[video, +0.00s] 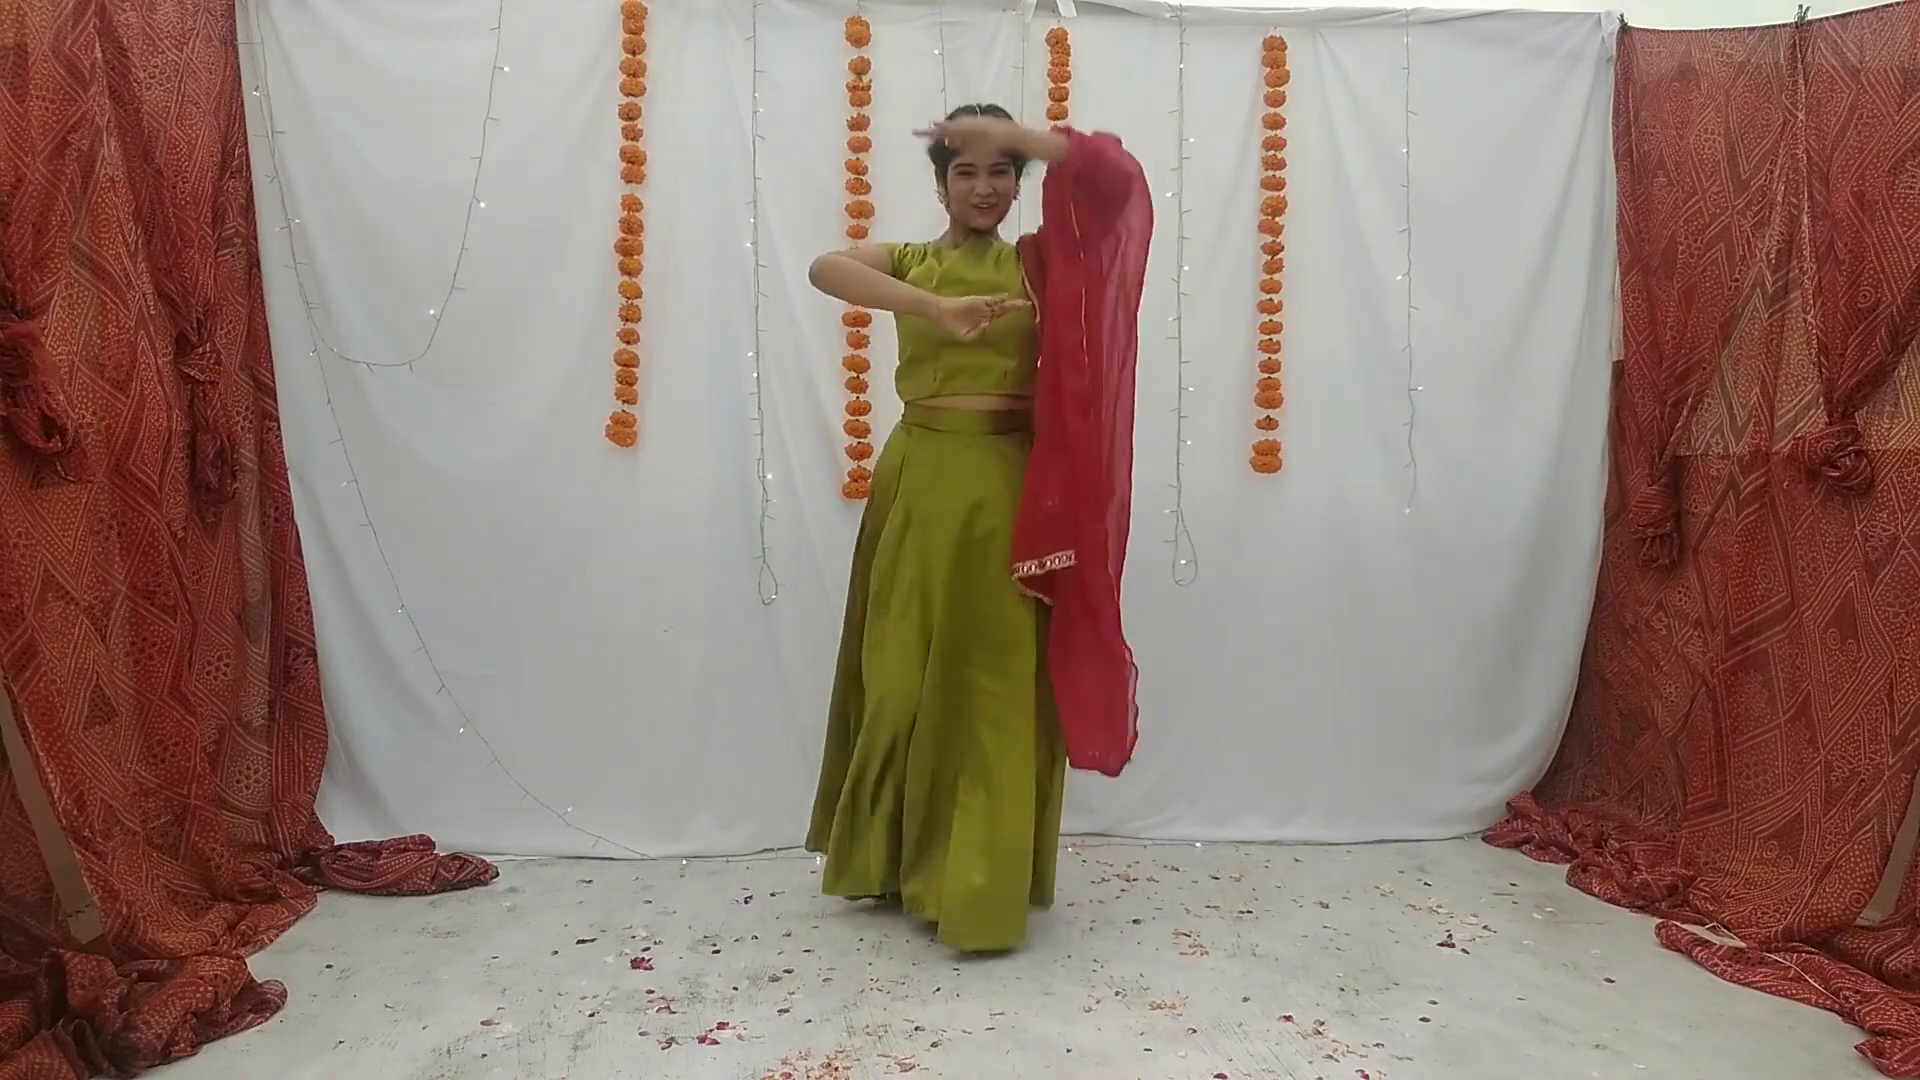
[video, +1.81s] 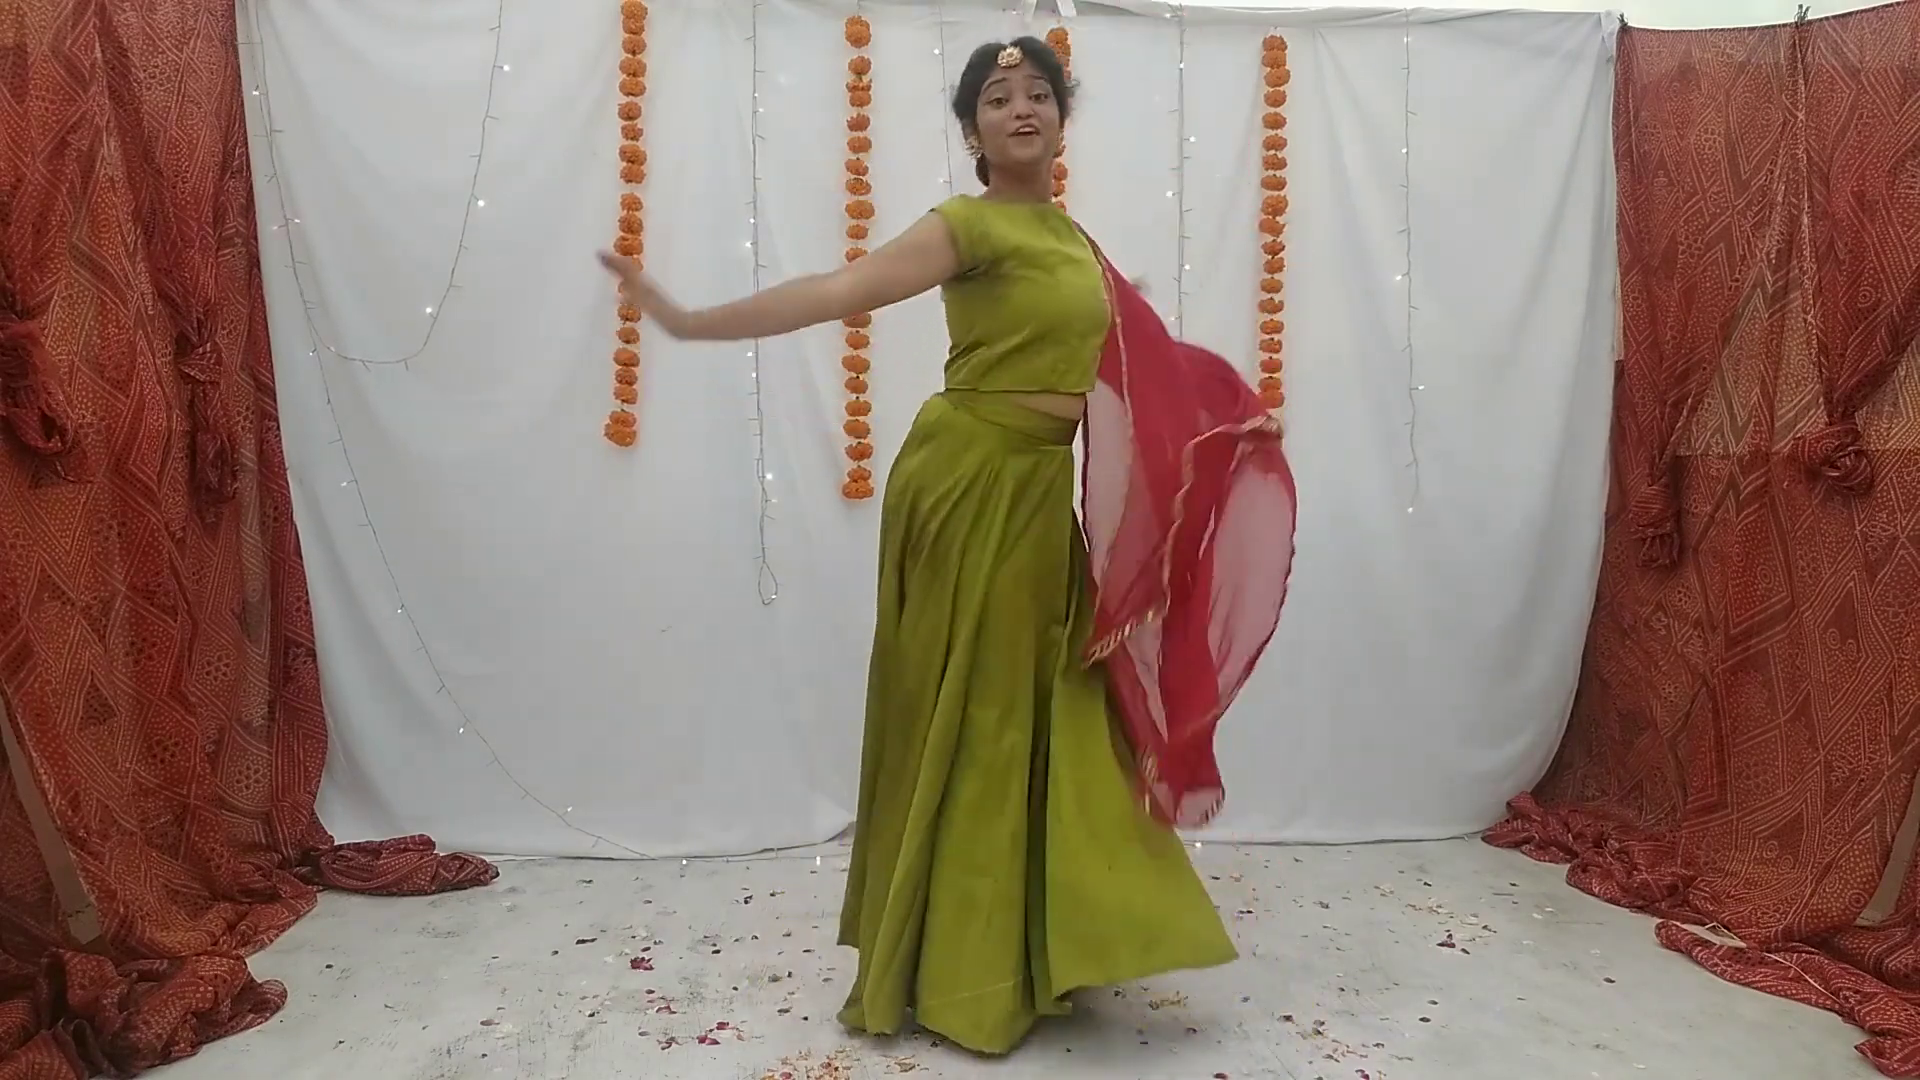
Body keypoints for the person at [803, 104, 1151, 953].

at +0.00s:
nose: (985, 186)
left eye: (1001, 171)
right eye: (969, 168)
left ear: (1020, 181)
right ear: (943, 176)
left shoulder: (1043, 262)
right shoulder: (912, 263)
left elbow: (1118, 178)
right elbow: (828, 270)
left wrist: (1020, 133)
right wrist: (930, 305)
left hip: (1012, 485)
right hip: (922, 483)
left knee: (1002, 683)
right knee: (905, 678)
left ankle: (985, 885)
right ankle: (899, 862)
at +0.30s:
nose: (976, 198)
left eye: (989, 184)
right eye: (961, 185)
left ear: (1013, 192)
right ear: (944, 191)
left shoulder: (1043, 270)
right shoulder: (919, 268)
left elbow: (1126, 262)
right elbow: (853, 179)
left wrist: (998, 239)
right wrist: (957, 169)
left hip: (1025, 493)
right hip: (932, 490)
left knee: (1014, 692)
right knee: (917, 680)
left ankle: (1010, 880)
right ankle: (917, 904)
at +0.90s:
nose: (1019, 174)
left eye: (1037, 160)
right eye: (1001, 158)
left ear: (1059, 176)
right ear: (975, 171)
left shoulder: (1089, 264)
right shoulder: (948, 271)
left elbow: (1163, 158)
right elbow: (841, 256)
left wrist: (1054, 119)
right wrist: (956, 265)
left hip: (1060, 496)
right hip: (959, 491)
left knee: (1066, 715)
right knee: (950, 713)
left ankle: (1083, 932)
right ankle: (933, 938)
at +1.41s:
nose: (1006, 127)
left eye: (1022, 112)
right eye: (987, 114)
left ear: (1052, 130)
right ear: (960, 139)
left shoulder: (1096, 234)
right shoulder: (941, 252)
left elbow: (1193, 309)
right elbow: (845, 369)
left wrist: (1108, 223)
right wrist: (904, 265)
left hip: (1086, 495)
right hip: (972, 492)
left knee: (1085, 732)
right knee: (969, 730)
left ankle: (1086, 984)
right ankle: (965, 975)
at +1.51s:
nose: (990, 150)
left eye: (1008, 136)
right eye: (970, 139)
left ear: (1039, 163)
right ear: (949, 169)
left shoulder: (1086, 271)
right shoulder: (921, 293)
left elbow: (1197, 380)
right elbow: (916, 444)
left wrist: (1102, 319)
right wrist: (891, 372)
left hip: (1074, 533)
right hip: (959, 529)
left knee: (1082, 757)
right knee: (965, 757)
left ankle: (1080, 992)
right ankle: (960, 987)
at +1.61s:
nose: (987, 157)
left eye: (1004, 143)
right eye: (969, 146)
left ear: (1036, 167)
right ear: (944, 173)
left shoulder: (1082, 275)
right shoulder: (918, 292)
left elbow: (1184, 377)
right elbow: (865, 424)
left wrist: (1236, 300)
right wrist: (766, 393)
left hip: (1057, 522)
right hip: (951, 519)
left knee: (1068, 756)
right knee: (959, 754)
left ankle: (1067, 992)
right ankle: (956, 986)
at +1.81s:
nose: (1021, 112)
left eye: (1036, 97)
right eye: (1000, 102)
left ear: (1062, 119)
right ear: (973, 130)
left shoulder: (1072, 238)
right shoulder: (971, 223)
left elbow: (1127, 375)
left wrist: (1228, 419)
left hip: (1041, 488)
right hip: (967, 479)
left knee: (1043, 722)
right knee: (969, 725)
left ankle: (1026, 963)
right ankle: (953, 972)